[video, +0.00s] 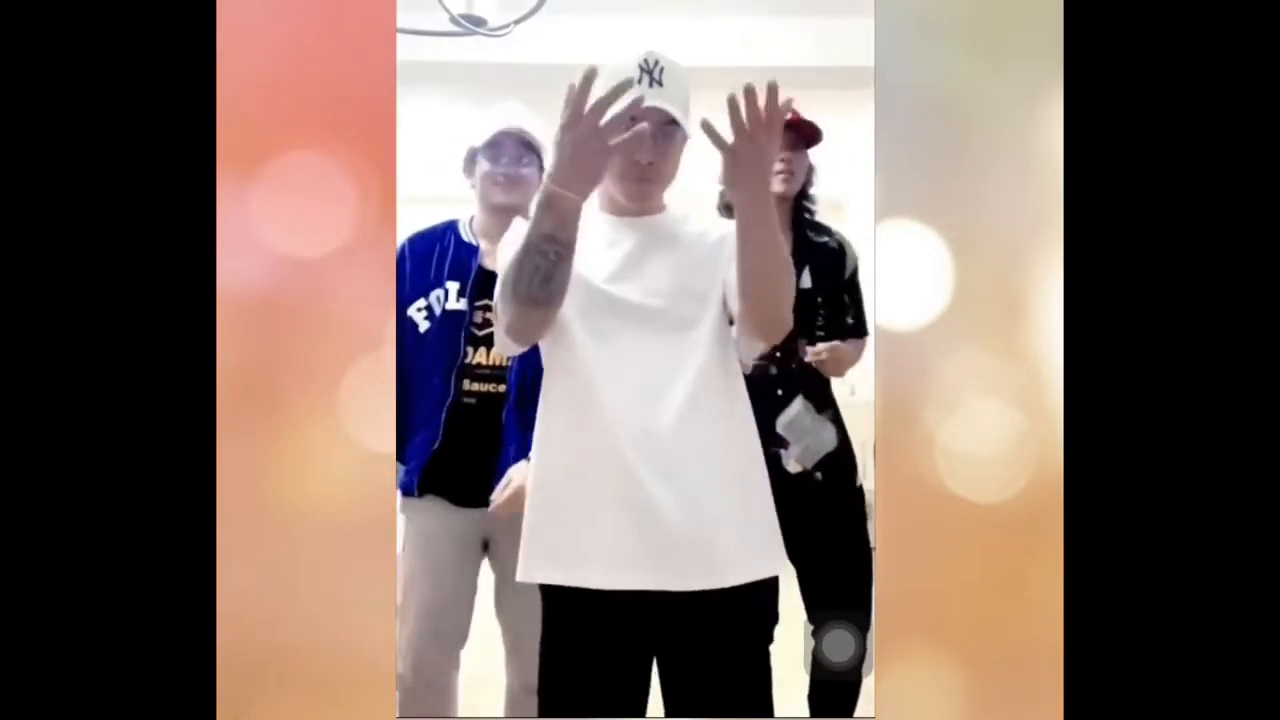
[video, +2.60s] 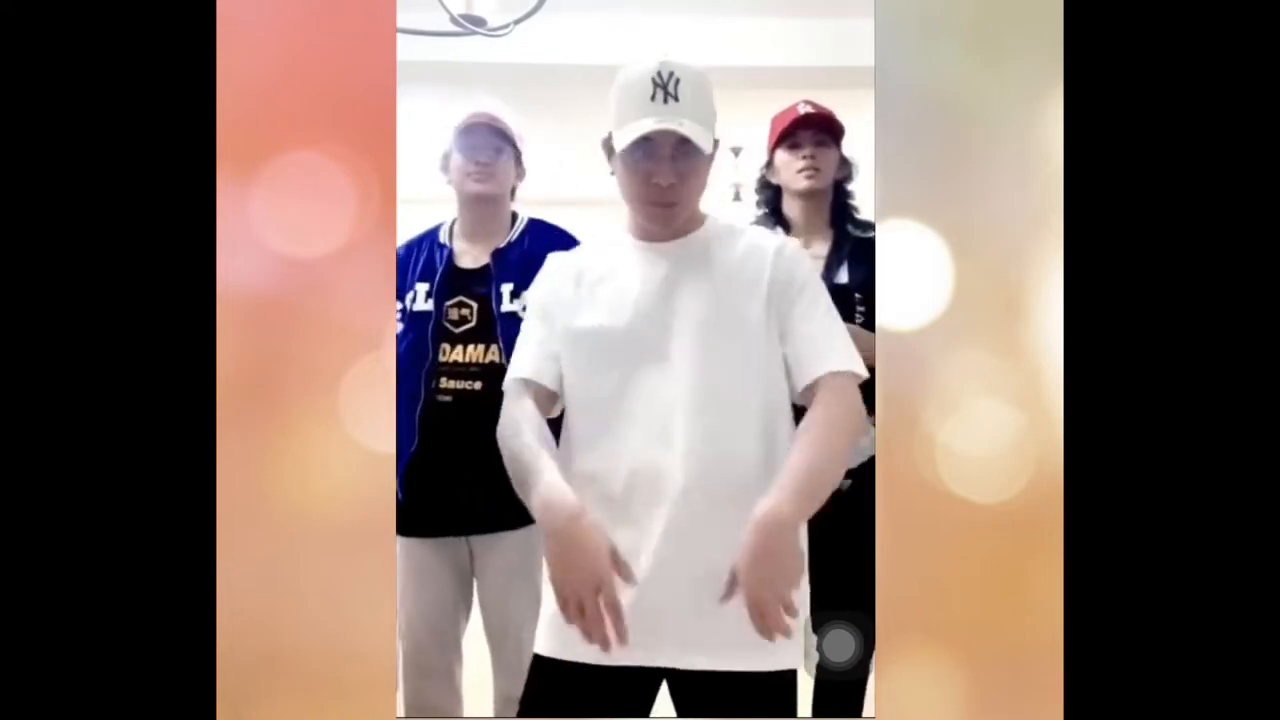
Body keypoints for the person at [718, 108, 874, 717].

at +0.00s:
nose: (786, 163)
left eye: (796, 154)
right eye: (774, 154)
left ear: (809, 167)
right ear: (747, 165)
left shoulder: (826, 247)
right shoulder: (714, 244)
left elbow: (852, 338)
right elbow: (692, 331)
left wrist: (828, 355)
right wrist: (742, 343)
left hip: (811, 438)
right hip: (730, 440)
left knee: (844, 616)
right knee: (741, 614)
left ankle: (831, 718)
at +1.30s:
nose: (792, 158)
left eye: (804, 149)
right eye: (778, 152)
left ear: (826, 164)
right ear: (757, 173)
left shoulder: (862, 246)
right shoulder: (740, 253)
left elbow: (888, 343)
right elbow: (731, 349)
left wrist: (791, 341)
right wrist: (829, 365)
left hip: (842, 473)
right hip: (757, 468)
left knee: (842, 631)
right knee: (762, 629)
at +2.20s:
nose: (794, 160)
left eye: (807, 149)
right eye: (780, 148)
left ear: (826, 165)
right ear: (757, 162)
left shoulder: (857, 255)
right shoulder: (731, 254)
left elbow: (898, 370)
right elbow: (707, 360)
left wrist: (866, 338)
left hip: (835, 482)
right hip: (745, 479)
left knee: (838, 653)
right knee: (740, 653)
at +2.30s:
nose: (797, 155)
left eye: (810, 144)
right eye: (783, 145)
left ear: (829, 161)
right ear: (761, 161)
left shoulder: (863, 252)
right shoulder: (738, 254)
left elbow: (888, 361)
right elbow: (715, 362)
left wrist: (837, 337)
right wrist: (755, 437)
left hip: (840, 479)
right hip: (750, 476)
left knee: (838, 648)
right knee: (743, 643)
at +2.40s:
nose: (800, 160)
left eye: (814, 150)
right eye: (786, 150)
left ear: (834, 167)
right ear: (763, 168)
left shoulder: (868, 255)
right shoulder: (737, 251)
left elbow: (891, 359)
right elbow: (720, 371)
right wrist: (763, 438)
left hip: (844, 479)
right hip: (753, 474)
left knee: (841, 646)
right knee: (747, 641)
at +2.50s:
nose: (805, 159)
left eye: (818, 149)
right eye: (791, 149)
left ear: (838, 165)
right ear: (769, 166)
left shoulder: (873, 250)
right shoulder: (742, 253)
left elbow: (898, 350)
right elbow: (724, 355)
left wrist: (856, 416)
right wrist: (773, 424)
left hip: (852, 468)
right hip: (764, 463)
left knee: (846, 634)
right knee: (754, 627)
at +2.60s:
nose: (809, 157)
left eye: (822, 146)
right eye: (794, 146)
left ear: (840, 164)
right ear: (771, 165)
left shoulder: (875, 248)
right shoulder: (743, 251)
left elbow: (897, 358)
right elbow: (723, 348)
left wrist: (818, 321)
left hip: (852, 464)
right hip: (762, 457)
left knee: (845, 632)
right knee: (754, 624)